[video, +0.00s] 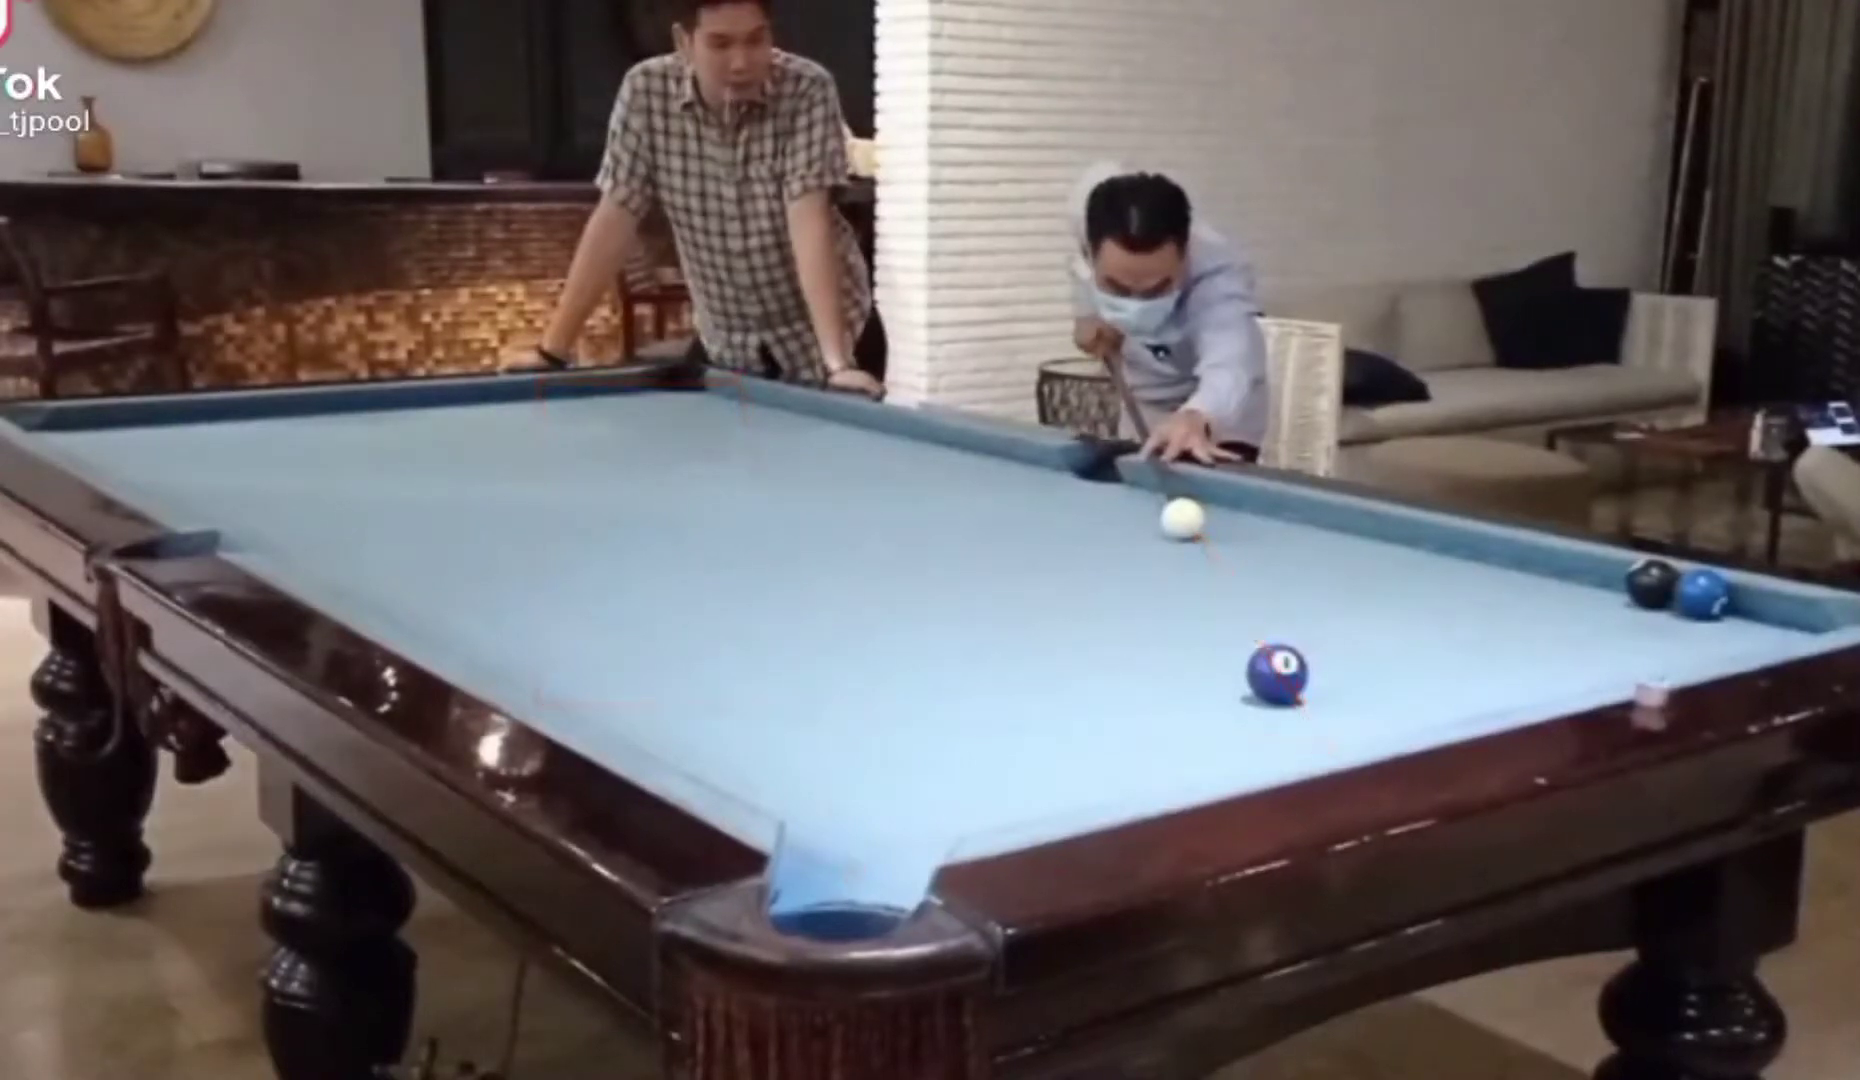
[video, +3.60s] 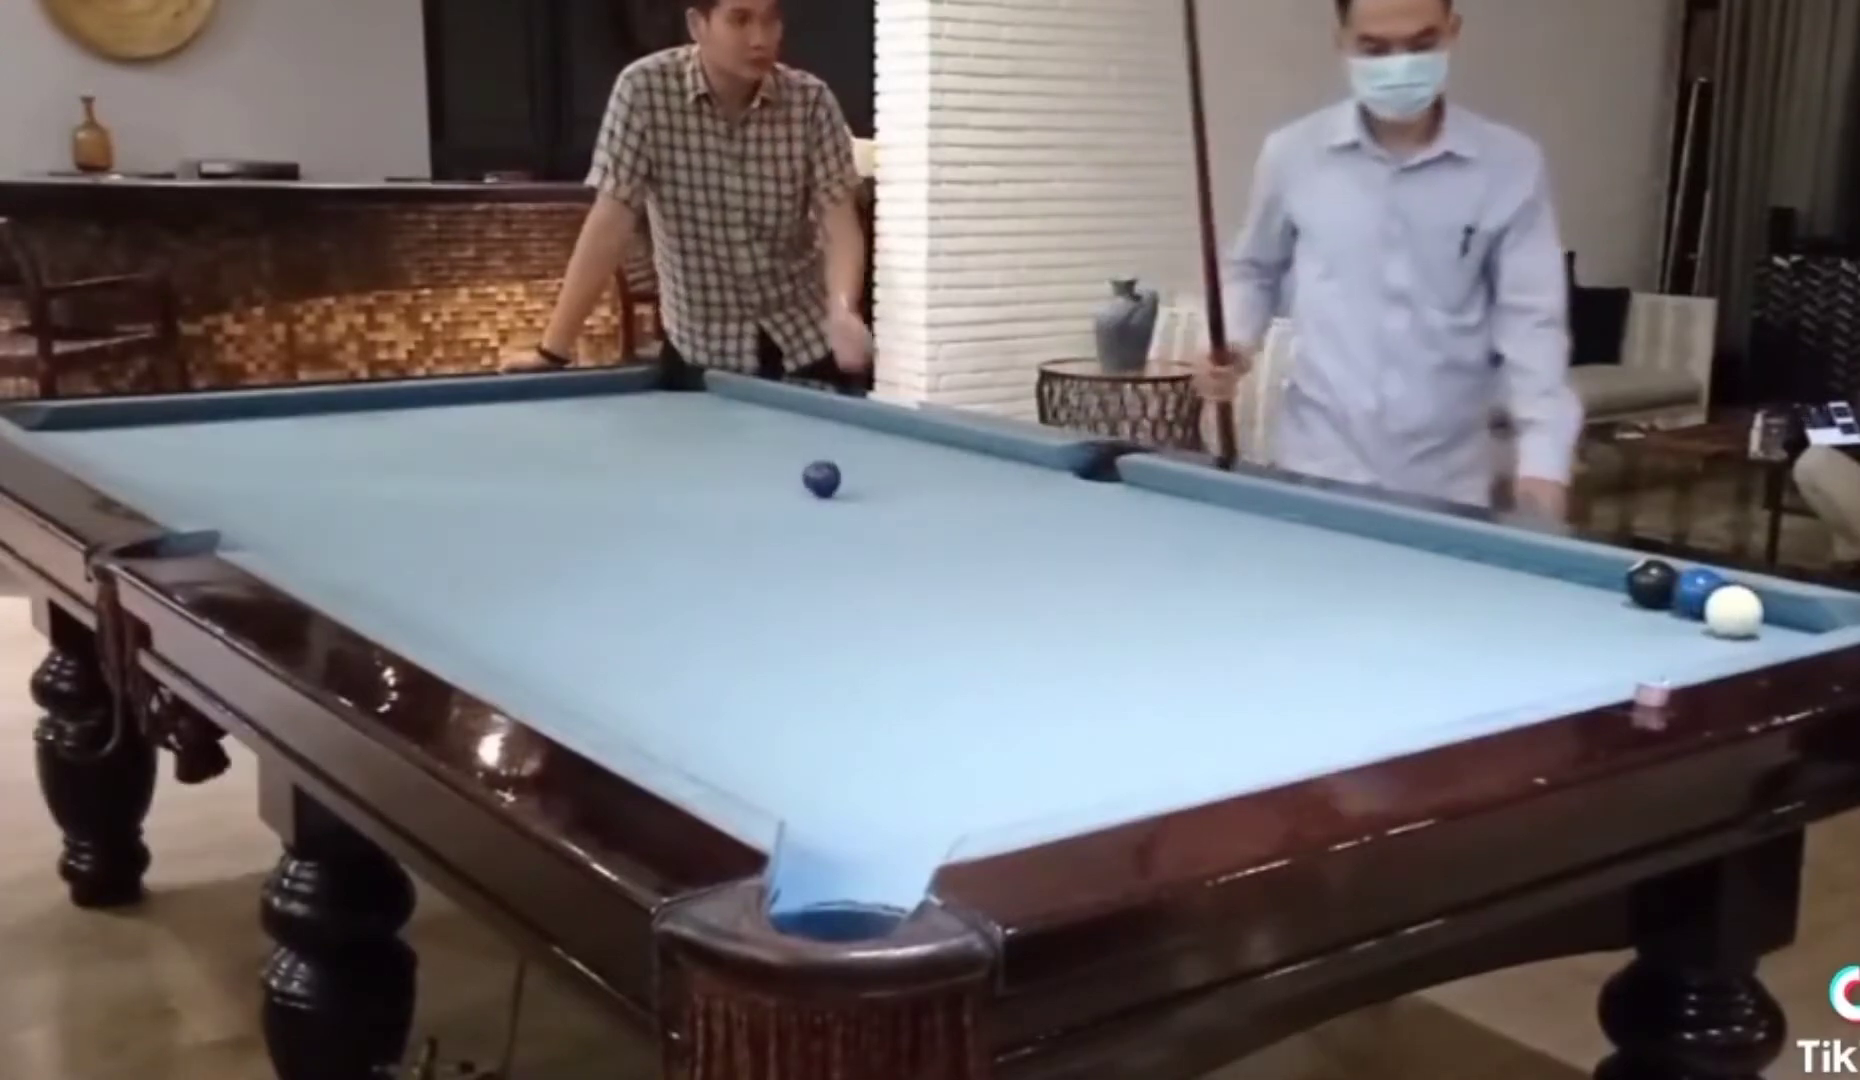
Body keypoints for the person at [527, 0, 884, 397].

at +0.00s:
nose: (740, 62)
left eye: (755, 41)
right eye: (720, 44)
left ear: (771, 36)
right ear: (684, 44)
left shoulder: (806, 90)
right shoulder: (647, 91)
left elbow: (809, 216)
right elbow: (616, 213)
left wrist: (838, 363)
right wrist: (553, 351)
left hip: (824, 343)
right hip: (725, 345)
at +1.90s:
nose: (721, 40)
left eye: (737, 21)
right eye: (702, 22)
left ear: (757, 23)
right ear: (669, 26)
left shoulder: (803, 94)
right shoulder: (641, 92)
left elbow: (810, 223)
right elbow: (614, 217)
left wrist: (837, 361)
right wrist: (553, 350)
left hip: (822, 341)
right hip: (724, 343)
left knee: (834, 495)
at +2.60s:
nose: (757, 29)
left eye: (765, 13)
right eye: (737, 15)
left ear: (777, 19)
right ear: (691, 23)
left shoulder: (811, 101)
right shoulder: (638, 90)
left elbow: (858, 225)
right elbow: (610, 214)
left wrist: (836, 288)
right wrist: (553, 350)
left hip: (814, 342)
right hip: (701, 345)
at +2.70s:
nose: (766, 31)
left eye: (774, 14)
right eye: (745, 16)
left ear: (784, 19)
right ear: (698, 24)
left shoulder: (813, 102)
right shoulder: (642, 88)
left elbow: (858, 228)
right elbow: (610, 217)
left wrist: (832, 248)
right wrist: (552, 350)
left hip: (816, 336)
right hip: (702, 341)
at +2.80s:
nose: (772, 35)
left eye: (779, 17)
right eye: (751, 19)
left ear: (789, 21)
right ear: (704, 25)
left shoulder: (814, 100)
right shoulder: (645, 87)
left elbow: (852, 247)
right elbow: (610, 218)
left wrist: (820, 202)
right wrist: (552, 351)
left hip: (815, 333)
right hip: (701, 339)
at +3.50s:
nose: (767, 40)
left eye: (777, 23)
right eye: (746, 23)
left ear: (788, 26)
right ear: (703, 26)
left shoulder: (812, 101)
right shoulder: (649, 89)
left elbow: (845, 222)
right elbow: (612, 218)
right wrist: (552, 352)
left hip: (808, 335)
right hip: (701, 344)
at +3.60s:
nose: (762, 38)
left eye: (772, 20)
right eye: (741, 20)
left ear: (783, 25)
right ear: (697, 24)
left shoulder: (810, 101)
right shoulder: (646, 90)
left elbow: (839, 212)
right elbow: (611, 218)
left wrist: (842, 307)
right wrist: (552, 351)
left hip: (808, 338)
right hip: (702, 345)